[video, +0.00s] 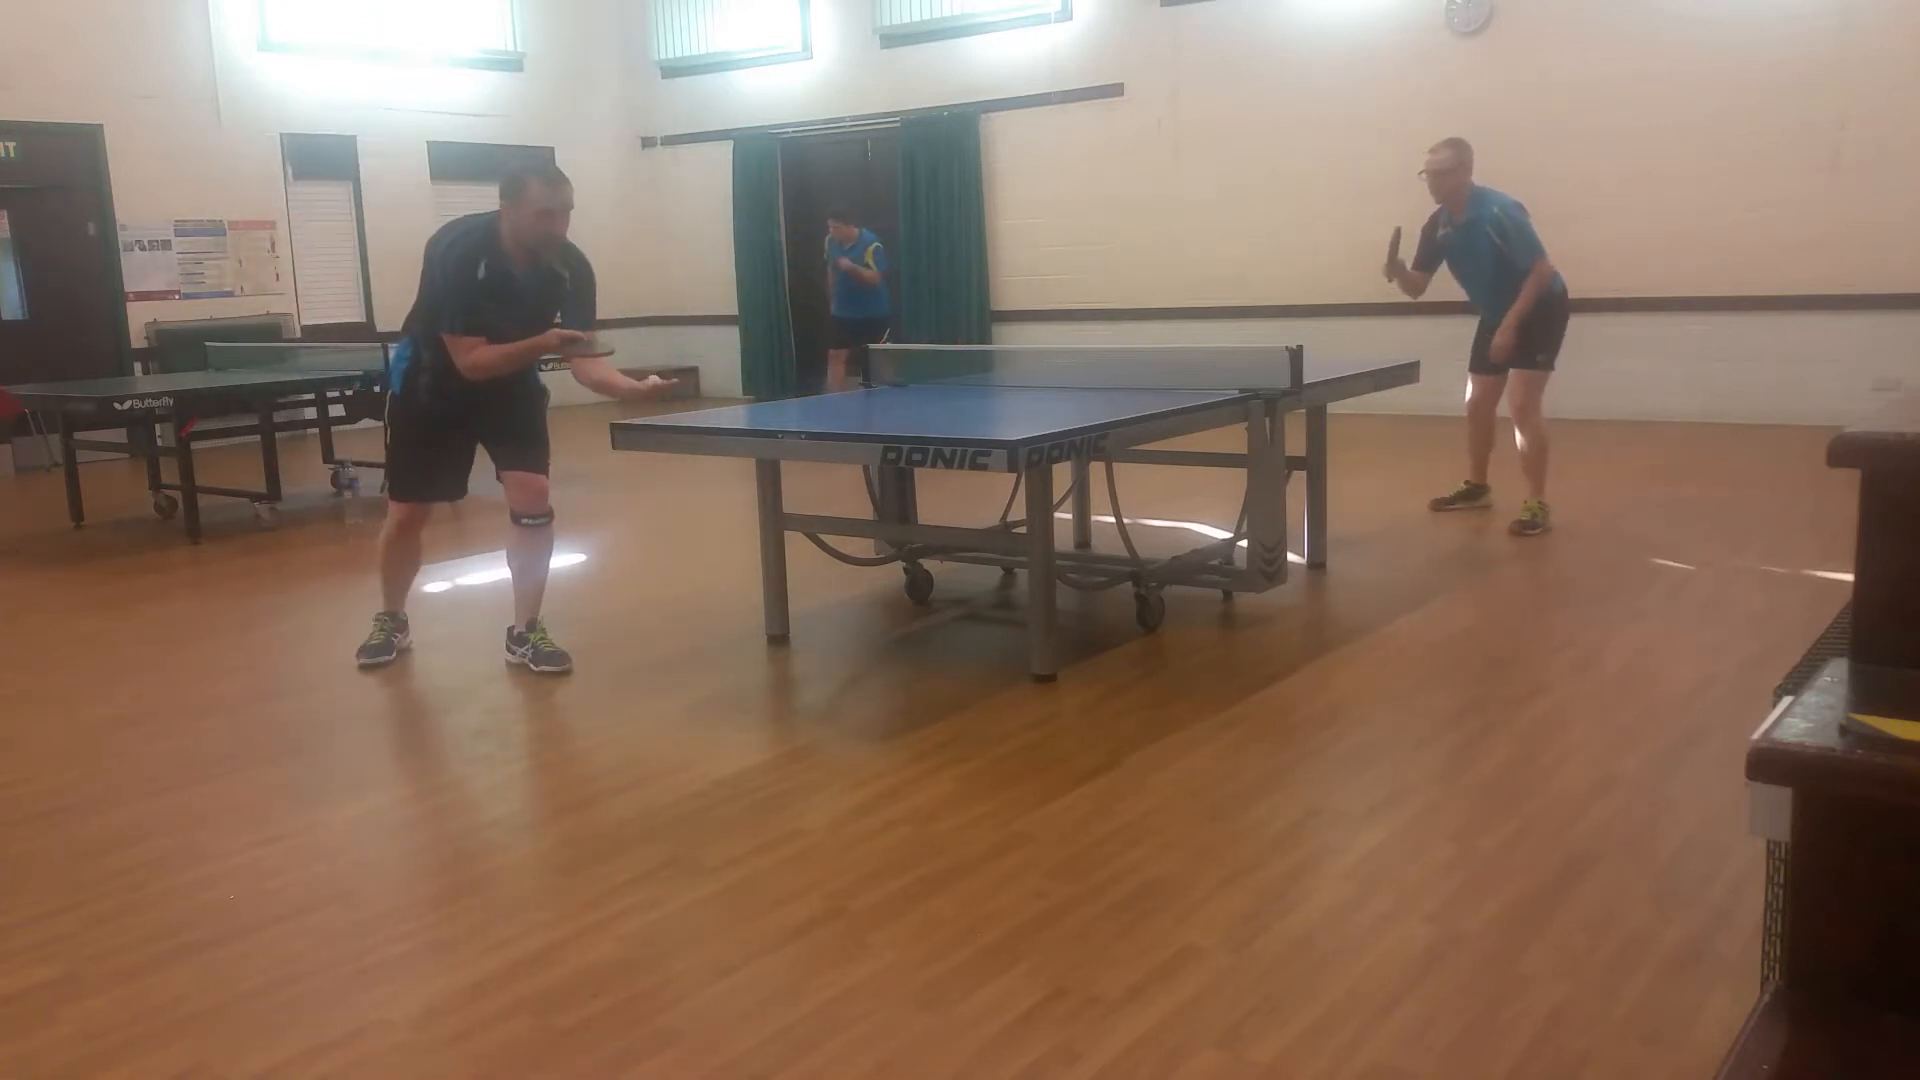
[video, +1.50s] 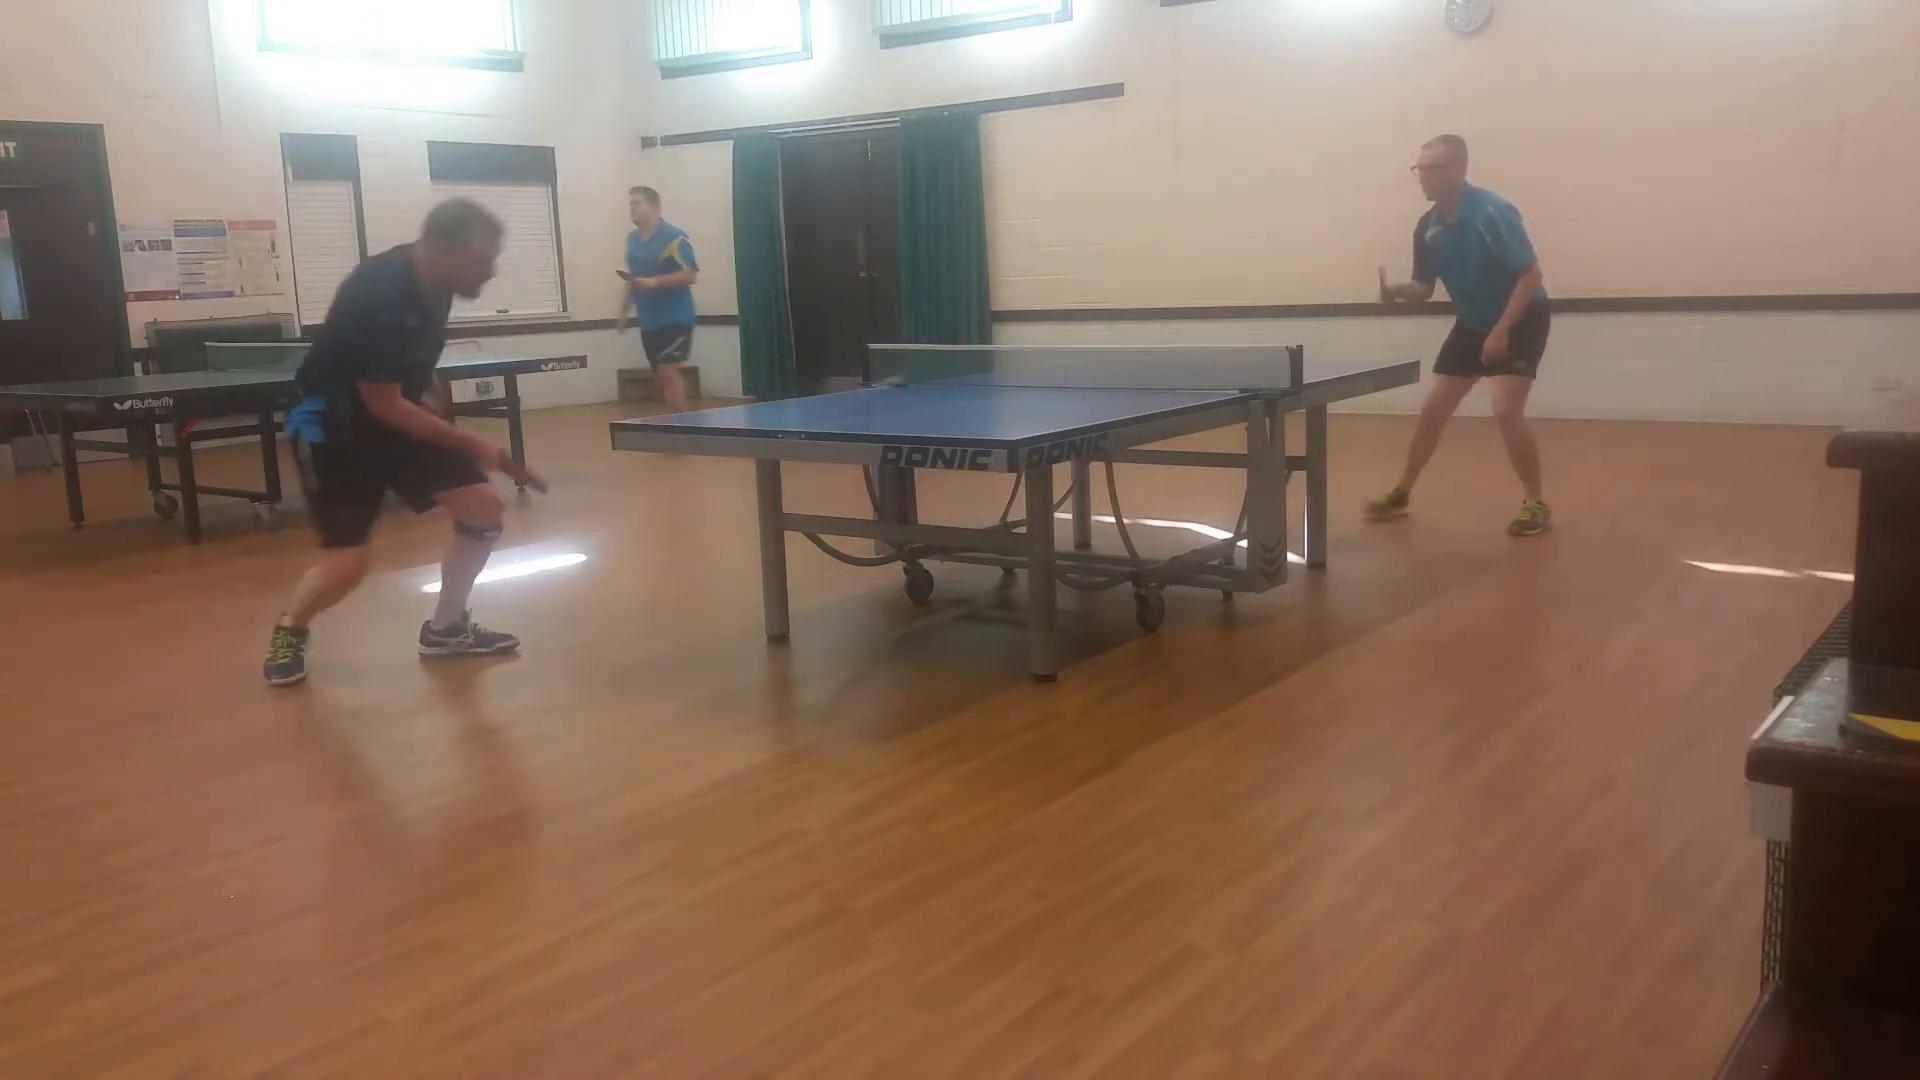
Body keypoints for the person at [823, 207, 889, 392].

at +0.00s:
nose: (831, 232)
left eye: (835, 227)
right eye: (830, 227)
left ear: (849, 226)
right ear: (831, 226)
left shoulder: (871, 244)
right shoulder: (831, 242)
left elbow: (875, 277)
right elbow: (831, 272)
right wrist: (833, 300)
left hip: (872, 312)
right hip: (843, 311)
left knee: (875, 355)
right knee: (836, 354)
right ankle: (835, 402)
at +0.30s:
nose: (795, 224)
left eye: (799, 219)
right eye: (792, 220)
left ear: (812, 219)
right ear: (790, 223)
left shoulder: (835, 244)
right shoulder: (796, 245)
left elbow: (852, 275)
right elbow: (797, 276)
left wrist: (835, 304)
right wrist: (795, 305)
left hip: (839, 315)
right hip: (810, 315)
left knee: (840, 361)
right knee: (815, 362)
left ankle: (866, 377)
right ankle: (822, 410)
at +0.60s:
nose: (767, 220)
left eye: (771, 215)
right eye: (764, 216)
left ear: (785, 216)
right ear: (763, 219)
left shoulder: (808, 244)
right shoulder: (764, 243)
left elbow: (831, 278)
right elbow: (758, 274)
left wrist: (848, 309)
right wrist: (745, 304)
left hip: (807, 315)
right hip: (781, 316)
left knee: (798, 363)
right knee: (803, 364)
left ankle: (794, 416)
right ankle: (820, 411)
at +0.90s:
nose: (733, 211)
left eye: (738, 206)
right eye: (732, 207)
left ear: (752, 209)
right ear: (732, 212)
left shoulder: (774, 239)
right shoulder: (734, 239)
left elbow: (790, 277)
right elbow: (734, 280)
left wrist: (792, 315)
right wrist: (729, 311)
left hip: (772, 317)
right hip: (741, 316)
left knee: (775, 365)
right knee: (735, 363)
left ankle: (783, 413)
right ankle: (767, 403)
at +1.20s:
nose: (681, 219)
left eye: (687, 214)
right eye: (681, 215)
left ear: (704, 217)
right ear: (680, 219)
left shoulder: (720, 246)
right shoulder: (684, 248)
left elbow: (734, 281)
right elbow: (693, 283)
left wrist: (702, 298)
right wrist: (686, 300)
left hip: (729, 325)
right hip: (697, 325)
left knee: (750, 375)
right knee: (686, 375)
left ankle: (776, 417)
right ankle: (685, 427)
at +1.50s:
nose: (631, 208)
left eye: (636, 203)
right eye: (630, 204)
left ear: (653, 206)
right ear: (631, 208)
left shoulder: (675, 236)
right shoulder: (633, 239)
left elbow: (690, 274)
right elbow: (633, 279)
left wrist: (655, 281)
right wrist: (624, 313)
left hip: (676, 317)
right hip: (649, 320)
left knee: (668, 372)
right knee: (662, 375)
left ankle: (682, 424)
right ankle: (677, 424)